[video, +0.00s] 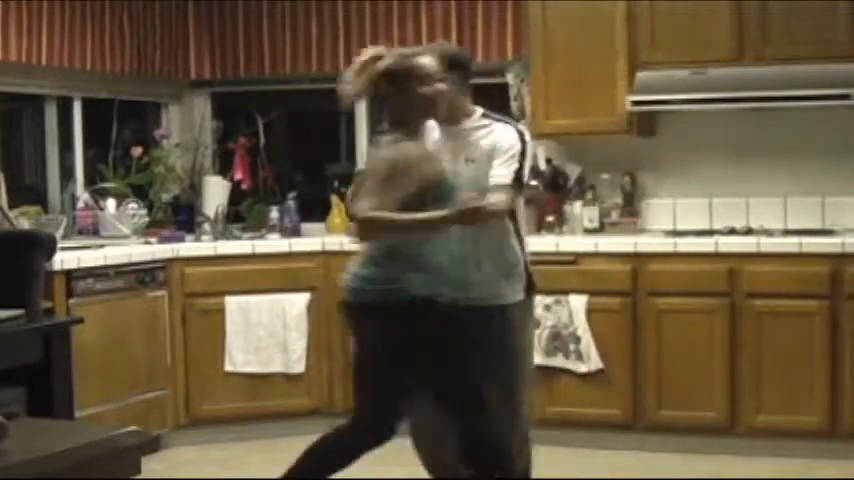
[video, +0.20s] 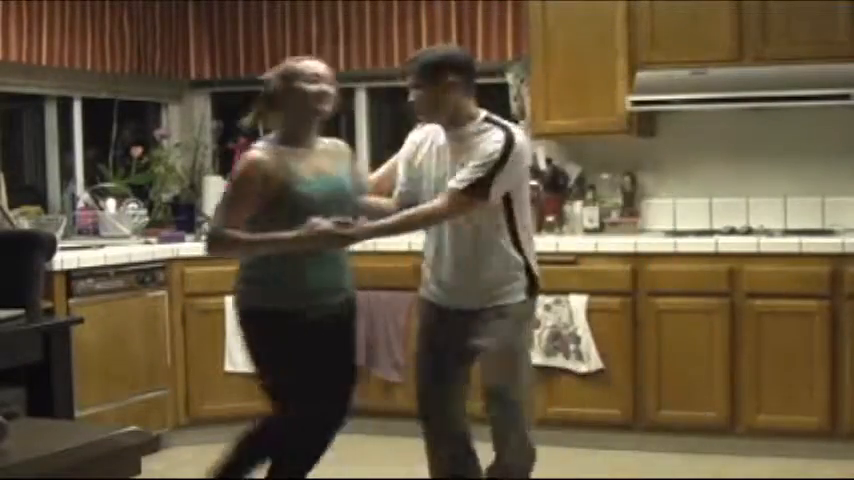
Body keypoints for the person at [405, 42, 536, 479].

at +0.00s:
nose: (426, 92)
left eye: (435, 81)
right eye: (422, 83)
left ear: (462, 83)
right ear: (422, 87)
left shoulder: (504, 136)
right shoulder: (418, 136)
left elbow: (500, 203)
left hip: (497, 298)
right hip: (433, 298)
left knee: (504, 414)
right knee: (429, 417)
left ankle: (513, 473)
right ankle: (453, 475)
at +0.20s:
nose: (409, 98)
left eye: (416, 89)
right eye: (410, 89)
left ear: (451, 86)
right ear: (446, 88)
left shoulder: (502, 142)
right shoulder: (422, 138)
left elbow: (446, 208)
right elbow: (373, 191)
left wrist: (358, 232)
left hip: (503, 299)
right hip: (441, 297)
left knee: (505, 407)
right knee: (438, 412)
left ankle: (512, 472)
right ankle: (456, 474)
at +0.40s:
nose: (408, 98)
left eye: (412, 88)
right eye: (409, 89)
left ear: (439, 87)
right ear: (446, 89)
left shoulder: (483, 141)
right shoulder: (444, 142)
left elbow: (406, 206)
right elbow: (420, 211)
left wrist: (322, 227)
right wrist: (347, 218)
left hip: (504, 307)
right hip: (460, 305)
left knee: (462, 416)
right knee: (437, 411)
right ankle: (455, 478)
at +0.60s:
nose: (419, 92)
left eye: (422, 82)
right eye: (420, 82)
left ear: (438, 84)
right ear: (474, 84)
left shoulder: (442, 143)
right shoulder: (508, 139)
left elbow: (371, 199)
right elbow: (518, 214)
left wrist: (287, 200)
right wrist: (442, 236)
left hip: (483, 312)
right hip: (517, 305)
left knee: (438, 429)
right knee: (419, 382)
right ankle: (501, 460)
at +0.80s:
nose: (441, 93)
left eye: (443, 87)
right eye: (442, 88)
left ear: (449, 87)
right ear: (500, 89)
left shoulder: (423, 139)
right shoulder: (543, 150)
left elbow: (362, 195)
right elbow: (578, 232)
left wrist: (295, 175)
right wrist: (531, 232)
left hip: (454, 316)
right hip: (524, 312)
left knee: (412, 428)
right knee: (501, 422)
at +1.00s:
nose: (528, 97)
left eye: (528, 86)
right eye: (526, 87)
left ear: (465, 89)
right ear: (510, 86)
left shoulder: (419, 138)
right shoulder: (543, 139)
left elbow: (377, 194)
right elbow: (589, 217)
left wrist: (320, 166)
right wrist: (635, 251)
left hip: (442, 308)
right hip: (520, 309)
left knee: (388, 421)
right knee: (520, 434)